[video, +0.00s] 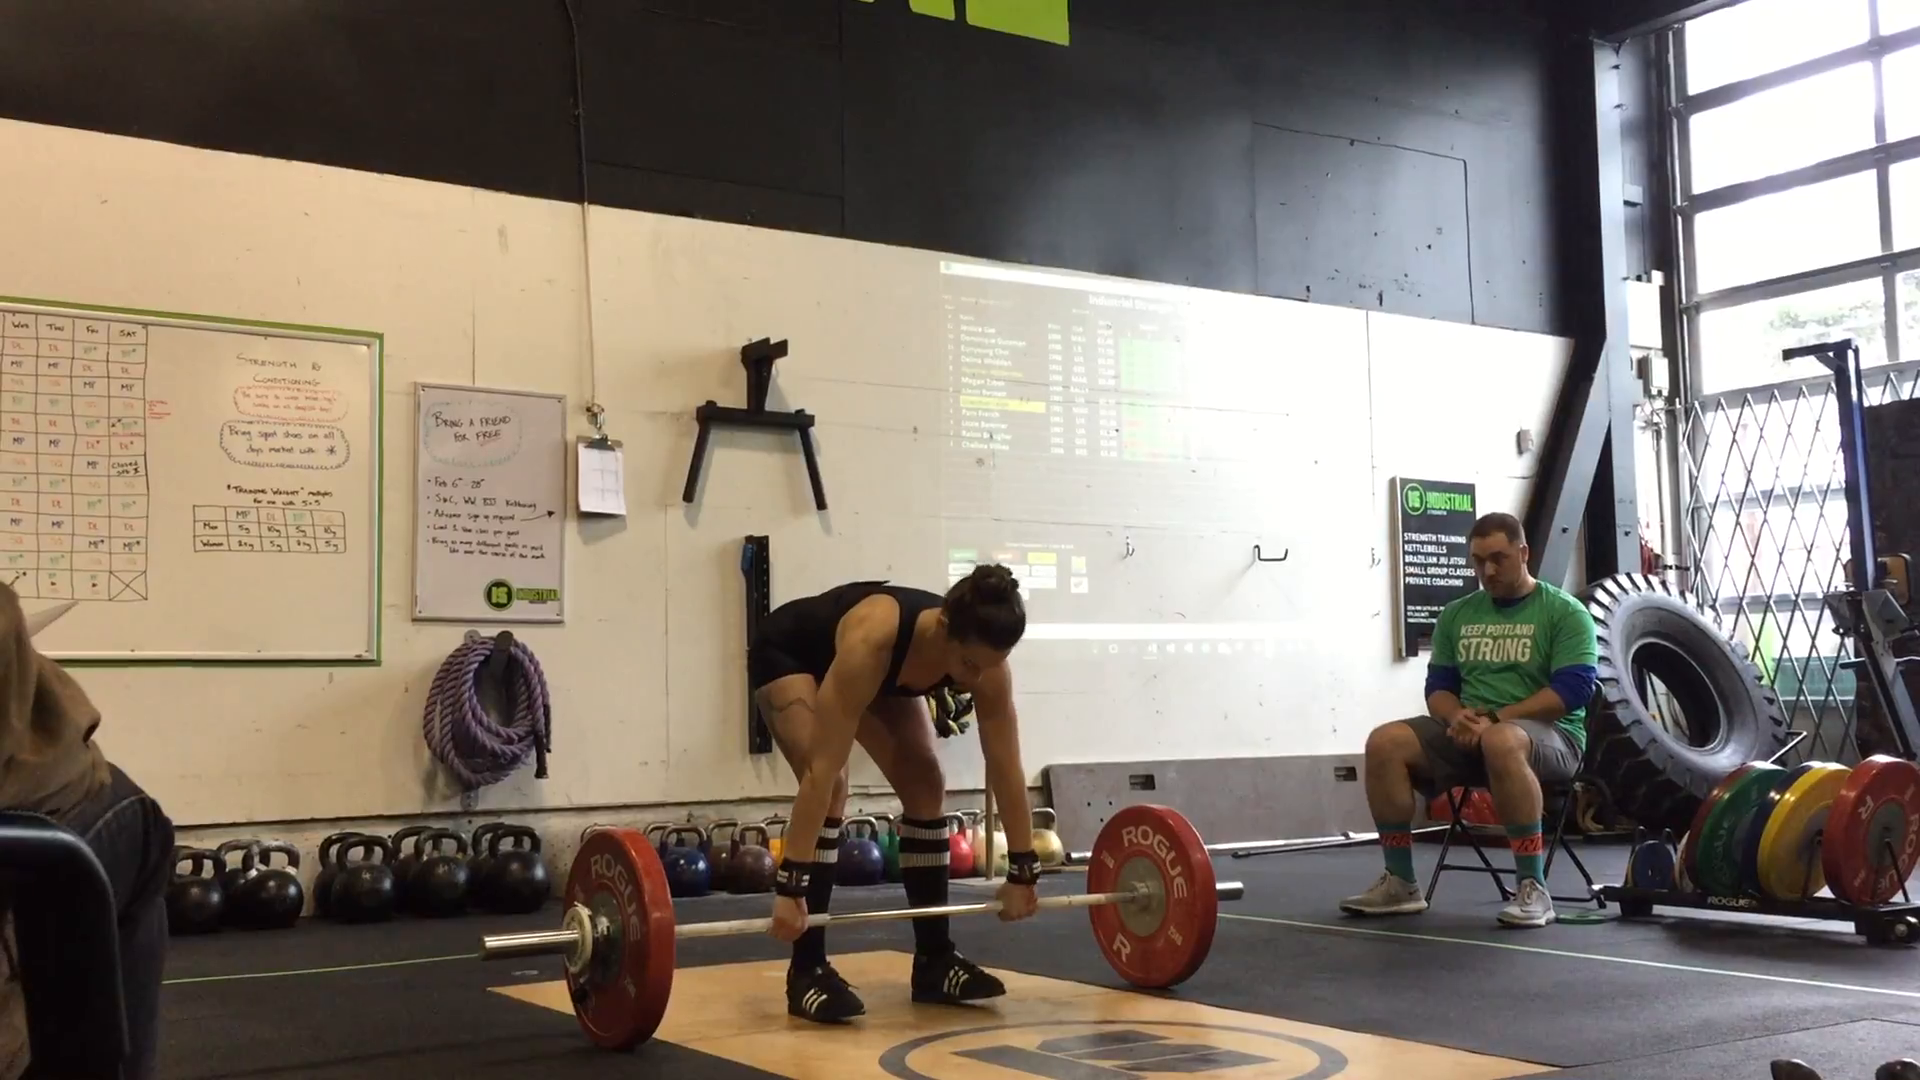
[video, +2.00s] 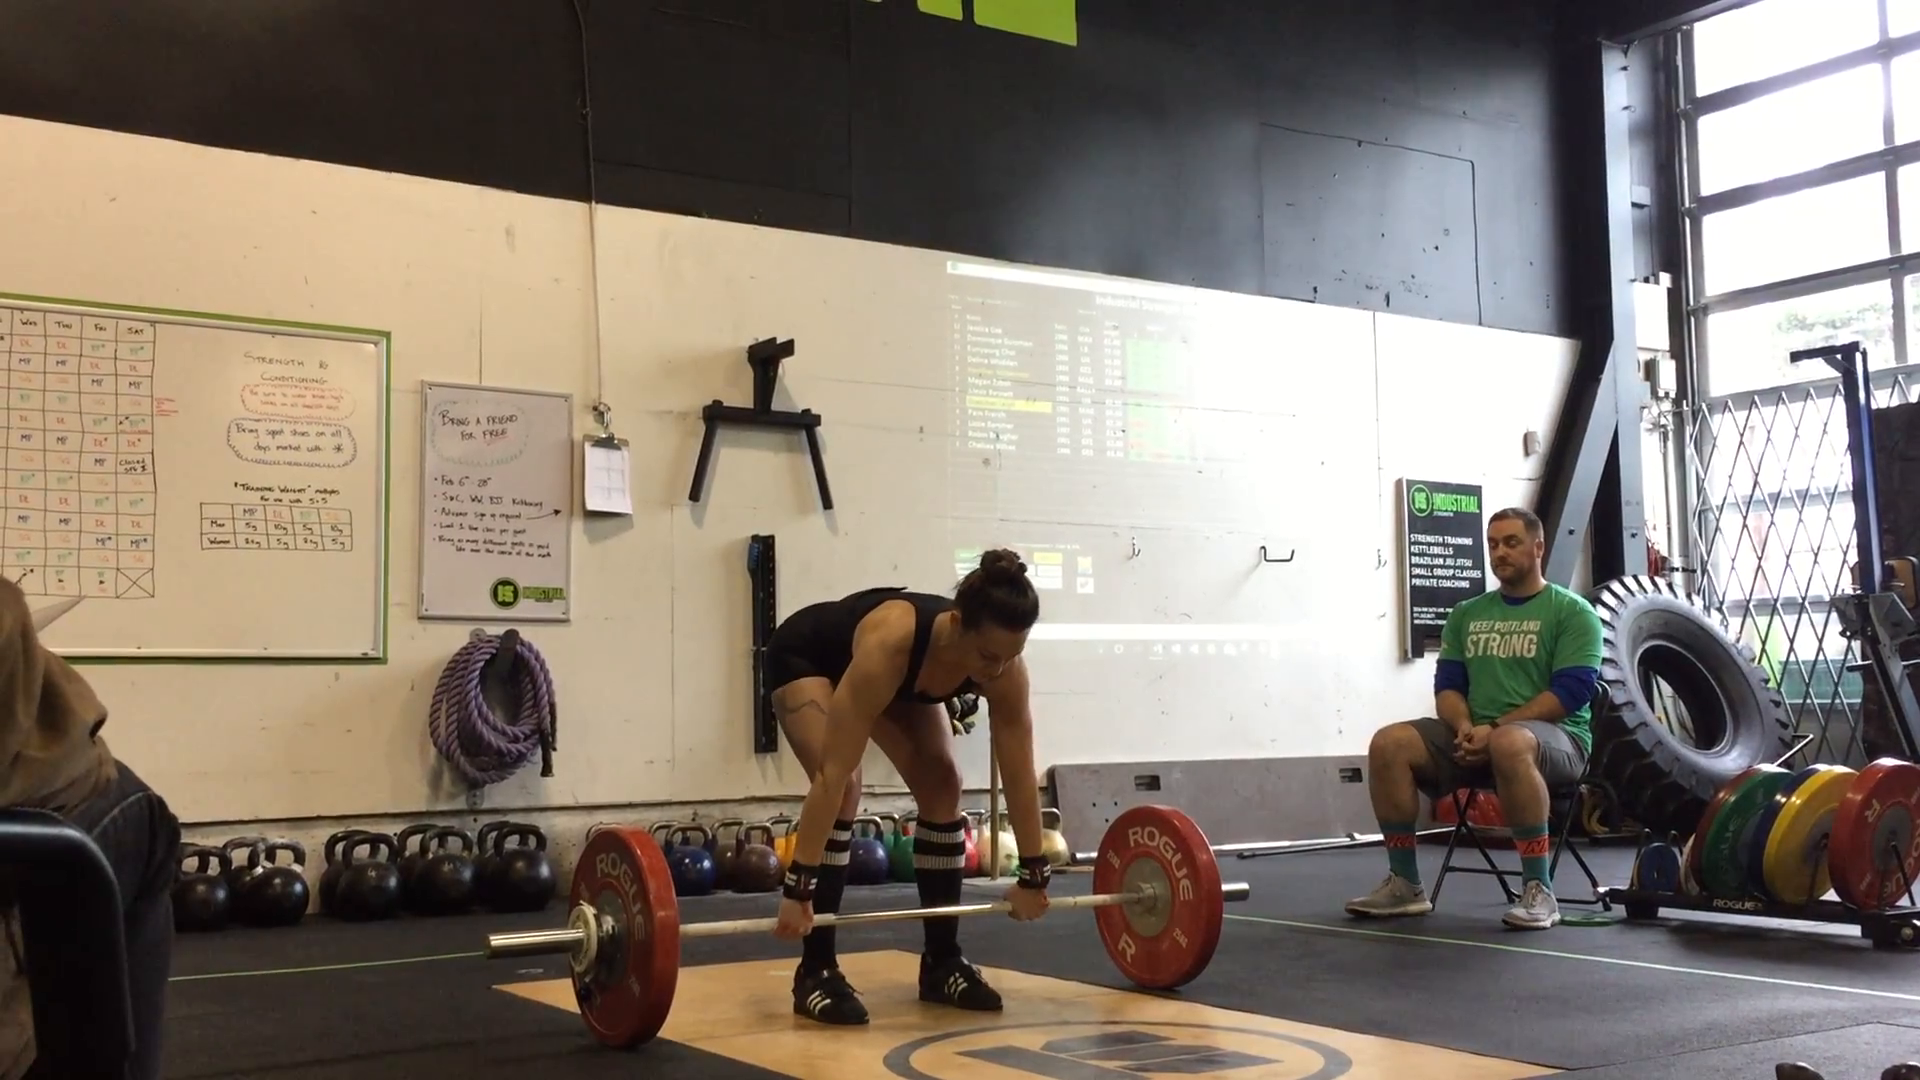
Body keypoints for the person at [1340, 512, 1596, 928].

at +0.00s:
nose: (1488, 571)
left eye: (1497, 559)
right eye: (1479, 561)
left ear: (1524, 553)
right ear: (1471, 561)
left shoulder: (1565, 612)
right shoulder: (1456, 614)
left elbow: (1575, 689)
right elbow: (1438, 687)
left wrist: (1496, 719)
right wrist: (1456, 716)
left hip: (1549, 735)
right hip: (1470, 735)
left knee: (1501, 741)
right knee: (1384, 743)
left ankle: (1532, 889)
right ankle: (1400, 883)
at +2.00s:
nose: (1499, 552)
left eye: (1511, 542)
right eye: (1493, 544)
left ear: (1538, 548)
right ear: (1487, 551)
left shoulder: (1573, 612)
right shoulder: (1466, 614)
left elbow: (1572, 692)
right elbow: (1448, 686)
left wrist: (1497, 730)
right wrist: (1463, 724)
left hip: (1554, 737)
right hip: (1475, 737)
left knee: (1509, 743)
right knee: (1388, 744)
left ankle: (1537, 892)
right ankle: (1405, 884)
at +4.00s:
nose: (1499, 562)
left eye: (1510, 552)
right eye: (1492, 553)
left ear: (1538, 557)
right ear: (1487, 560)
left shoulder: (1573, 621)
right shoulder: (1466, 624)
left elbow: (1572, 701)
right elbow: (1448, 697)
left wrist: (1497, 739)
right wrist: (1464, 733)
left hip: (1555, 746)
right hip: (1475, 745)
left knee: (1511, 751)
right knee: (1388, 753)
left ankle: (1538, 901)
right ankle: (1406, 894)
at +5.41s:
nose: (1501, 565)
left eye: (1513, 556)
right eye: (1495, 558)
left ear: (1541, 562)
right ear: (1489, 566)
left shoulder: (1576, 627)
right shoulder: (1468, 630)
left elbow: (1575, 707)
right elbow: (1452, 704)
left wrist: (1501, 746)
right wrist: (1466, 738)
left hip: (1559, 753)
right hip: (1479, 752)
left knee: (1514, 757)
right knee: (1392, 759)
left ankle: (1541, 907)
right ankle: (1409, 900)